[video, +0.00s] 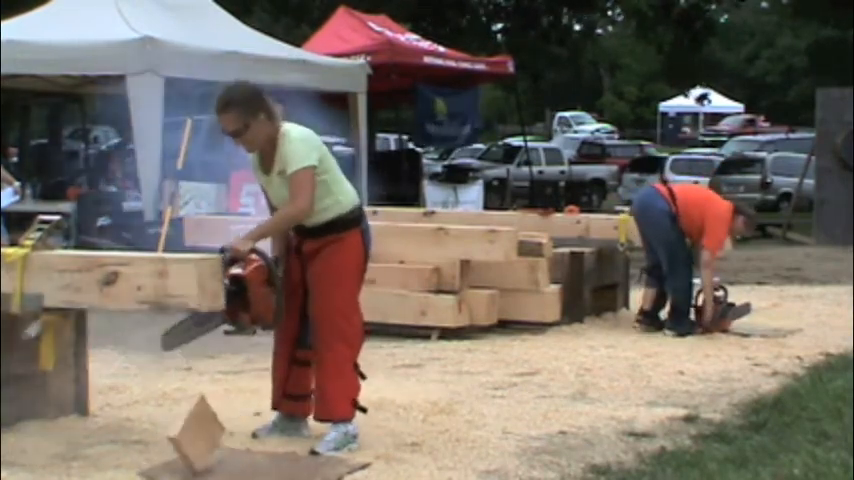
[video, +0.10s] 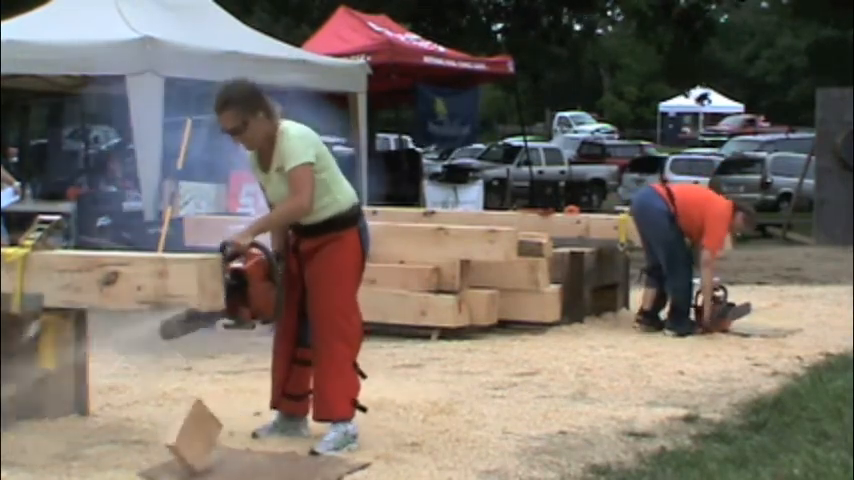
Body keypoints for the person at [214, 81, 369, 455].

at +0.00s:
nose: (239, 142)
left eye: (241, 132)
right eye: (232, 136)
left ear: (263, 116)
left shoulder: (297, 141)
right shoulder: (260, 159)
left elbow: (302, 205)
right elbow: (282, 216)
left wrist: (249, 238)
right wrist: (279, 266)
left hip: (338, 238)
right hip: (301, 243)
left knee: (334, 326)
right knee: (293, 325)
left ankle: (343, 424)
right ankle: (292, 416)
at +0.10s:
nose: (238, 140)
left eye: (239, 130)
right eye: (231, 134)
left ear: (261, 114)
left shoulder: (295, 139)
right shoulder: (259, 156)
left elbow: (302, 203)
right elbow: (279, 213)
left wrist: (248, 234)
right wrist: (279, 261)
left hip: (337, 237)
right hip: (300, 242)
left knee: (333, 326)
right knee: (293, 325)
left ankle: (342, 424)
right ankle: (291, 416)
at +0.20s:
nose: (237, 138)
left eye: (239, 128)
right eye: (231, 132)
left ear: (261, 113)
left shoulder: (295, 137)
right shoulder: (259, 156)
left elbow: (307, 198)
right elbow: (284, 210)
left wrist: (253, 227)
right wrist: (277, 256)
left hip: (336, 236)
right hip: (301, 241)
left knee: (332, 325)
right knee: (293, 325)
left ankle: (342, 423)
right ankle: (293, 414)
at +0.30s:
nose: (241, 136)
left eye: (243, 127)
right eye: (234, 130)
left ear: (265, 112)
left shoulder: (296, 136)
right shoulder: (261, 153)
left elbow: (310, 196)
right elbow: (285, 207)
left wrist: (258, 221)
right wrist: (281, 253)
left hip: (337, 237)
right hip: (301, 241)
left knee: (333, 325)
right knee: (292, 325)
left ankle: (342, 423)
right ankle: (293, 414)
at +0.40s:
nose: (244, 133)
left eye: (246, 123)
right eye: (237, 127)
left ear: (269, 109)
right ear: (236, 122)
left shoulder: (297, 133)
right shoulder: (260, 157)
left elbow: (313, 189)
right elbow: (287, 208)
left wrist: (262, 215)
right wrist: (282, 252)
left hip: (337, 238)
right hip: (299, 242)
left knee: (334, 326)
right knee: (292, 326)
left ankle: (343, 423)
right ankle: (293, 414)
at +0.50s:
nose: (246, 130)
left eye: (249, 120)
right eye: (240, 124)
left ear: (272, 106)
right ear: (239, 119)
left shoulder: (300, 130)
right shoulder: (261, 151)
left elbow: (315, 186)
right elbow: (287, 204)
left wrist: (264, 208)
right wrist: (280, 251)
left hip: (335, 237)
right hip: (298, 240)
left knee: (333, 325)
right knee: (290, 325)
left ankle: (342, 422)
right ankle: (292, 414)